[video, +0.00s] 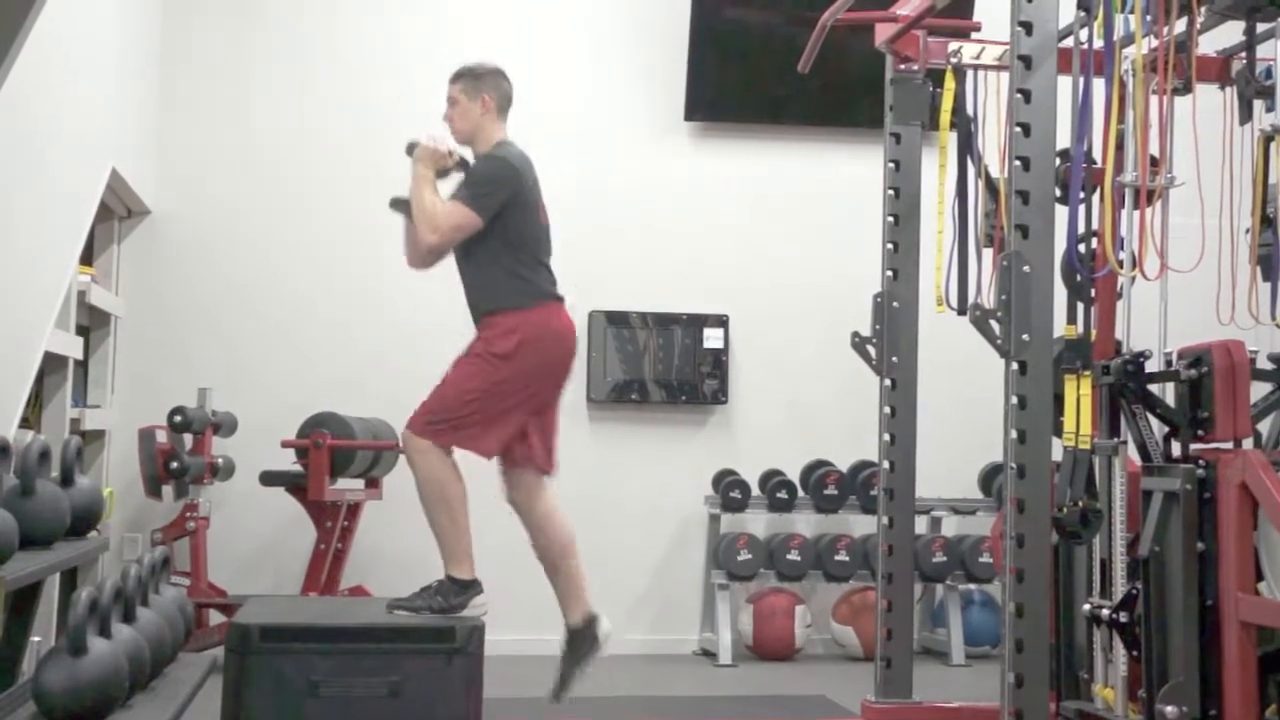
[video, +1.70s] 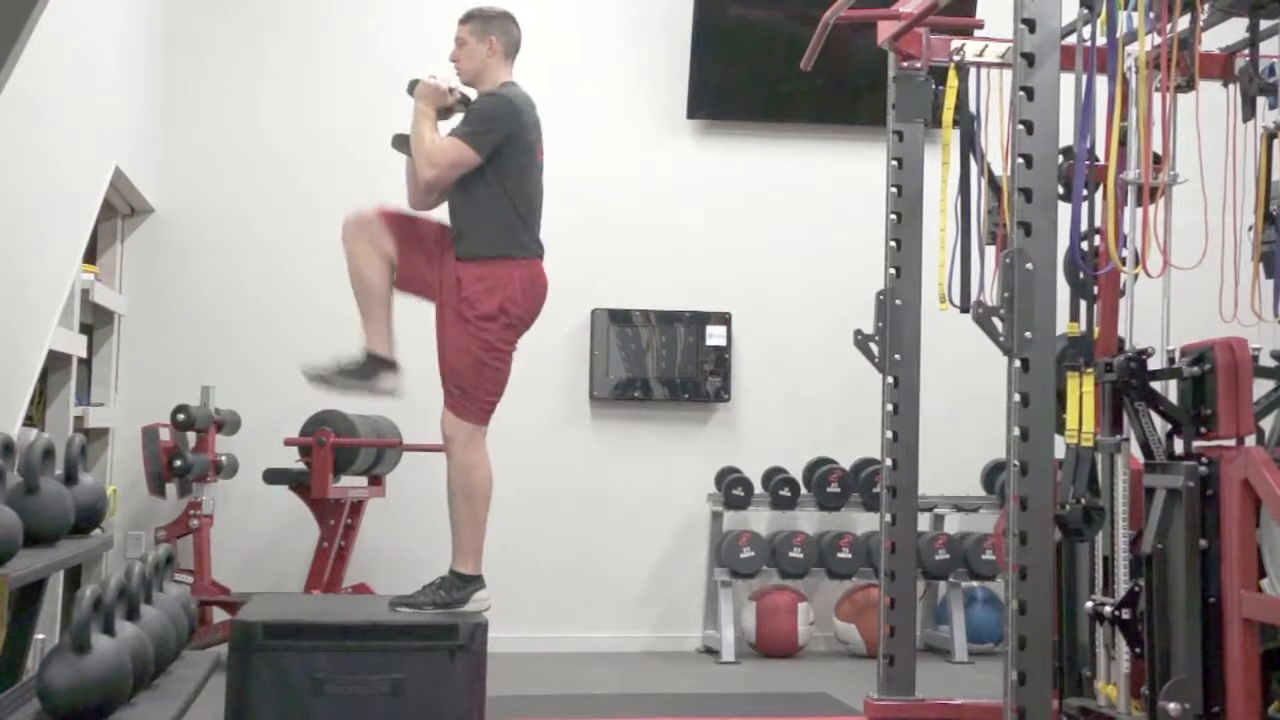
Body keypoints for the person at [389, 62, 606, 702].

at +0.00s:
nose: (446, 116)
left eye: (452, 104)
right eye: (447, 106)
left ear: (482, 103)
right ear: (489, 105)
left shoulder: (500, 164)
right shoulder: (492, 170)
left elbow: (434, 231)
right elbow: (421, 256)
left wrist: (422, 169)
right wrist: (426, 187)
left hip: (522, 331)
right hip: (542, 331)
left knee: (423, 439)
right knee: (527, 488)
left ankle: (458, 581)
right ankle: (581, 625)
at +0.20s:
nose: (472, 195)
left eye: (481, 184)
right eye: (474, 185)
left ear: (514, 187)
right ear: (510, 189)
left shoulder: (532, 246)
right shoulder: (511, 253)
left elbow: (462, 308)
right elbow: (442, 328)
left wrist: (452, 245)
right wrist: (447, 263)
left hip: (553, 402)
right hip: (571, 410)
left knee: (421, 442)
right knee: (564, 565)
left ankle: (460, 581)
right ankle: (617, 699)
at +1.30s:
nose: (470, 143)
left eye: (479, 134)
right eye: (472, 134)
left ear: (511, 139)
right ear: (508, 140)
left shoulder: (523, 198)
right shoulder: (505, 204)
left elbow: (455, 256)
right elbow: (430, 278)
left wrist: (440, 195)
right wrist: (433, 212)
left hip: (536, 352)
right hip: (558, 356)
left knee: (420, 438)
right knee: (520, 509)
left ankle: (463, 577)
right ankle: (575, 642)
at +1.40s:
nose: (462, 106)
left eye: (471, 96)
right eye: (464, 96)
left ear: (503, 100)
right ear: (501, 101)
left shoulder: (515, 159)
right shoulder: (498, 165)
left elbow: (444, 221)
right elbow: (425, 242)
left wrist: (431, 158)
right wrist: (426, 178)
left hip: (526, 317)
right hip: (520, 319)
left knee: (431, 437)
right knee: (460, 459)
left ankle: (463, 578)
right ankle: (543, 566)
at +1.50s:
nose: (458, 75)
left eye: (467, 65)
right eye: (460, 65)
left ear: (499, 69)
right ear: (494, 71)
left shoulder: (510, 128)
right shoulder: (490, 136)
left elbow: (441, 194)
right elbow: (425, 215)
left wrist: (430, 129)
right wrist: (426, 150)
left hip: (519, 294)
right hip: (492, 293)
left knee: (448, 430)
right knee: (403, 388)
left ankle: (466, 578)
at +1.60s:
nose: (456, 59)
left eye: (465, 48)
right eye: (459, 49)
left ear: (497, 51)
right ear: (496, 51)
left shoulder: (508, 108)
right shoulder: (490, 114)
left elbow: (438, 174)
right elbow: (427, 202)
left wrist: (426, 111)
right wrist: (431, 130)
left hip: (506, 282)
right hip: (469, 275)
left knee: (462, 428)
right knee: (368, 303)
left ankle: (466, 576)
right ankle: (431, 415)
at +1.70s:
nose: (452, 54)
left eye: (460, 43)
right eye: (454, 44)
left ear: (492, 46)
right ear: (493, 48)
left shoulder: (504, 106)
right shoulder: (484, 109)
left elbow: (429, 177)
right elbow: (421, 196)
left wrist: (425, 108)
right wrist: (424, 125)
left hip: (498, 279)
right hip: (464, 261)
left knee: (463, 430)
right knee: (364, 227)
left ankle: (466, 578)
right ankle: (378, 359)